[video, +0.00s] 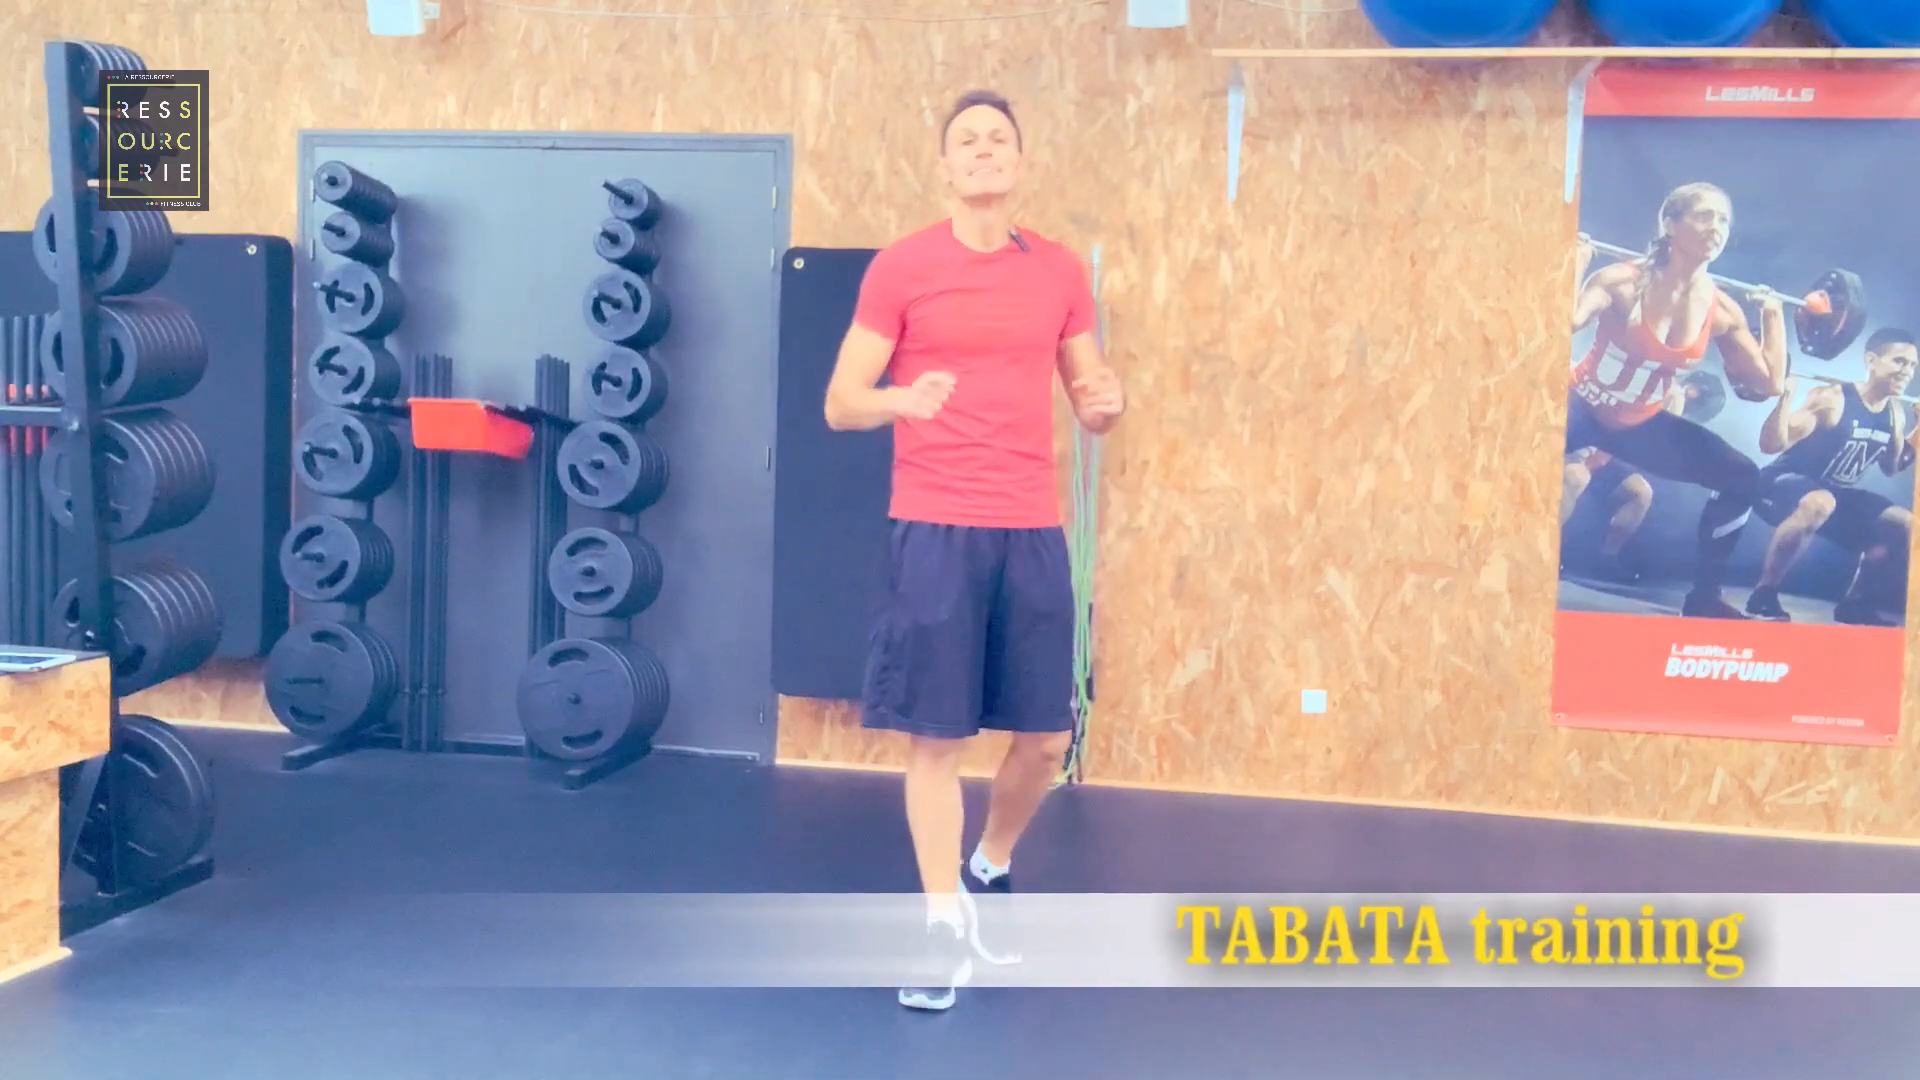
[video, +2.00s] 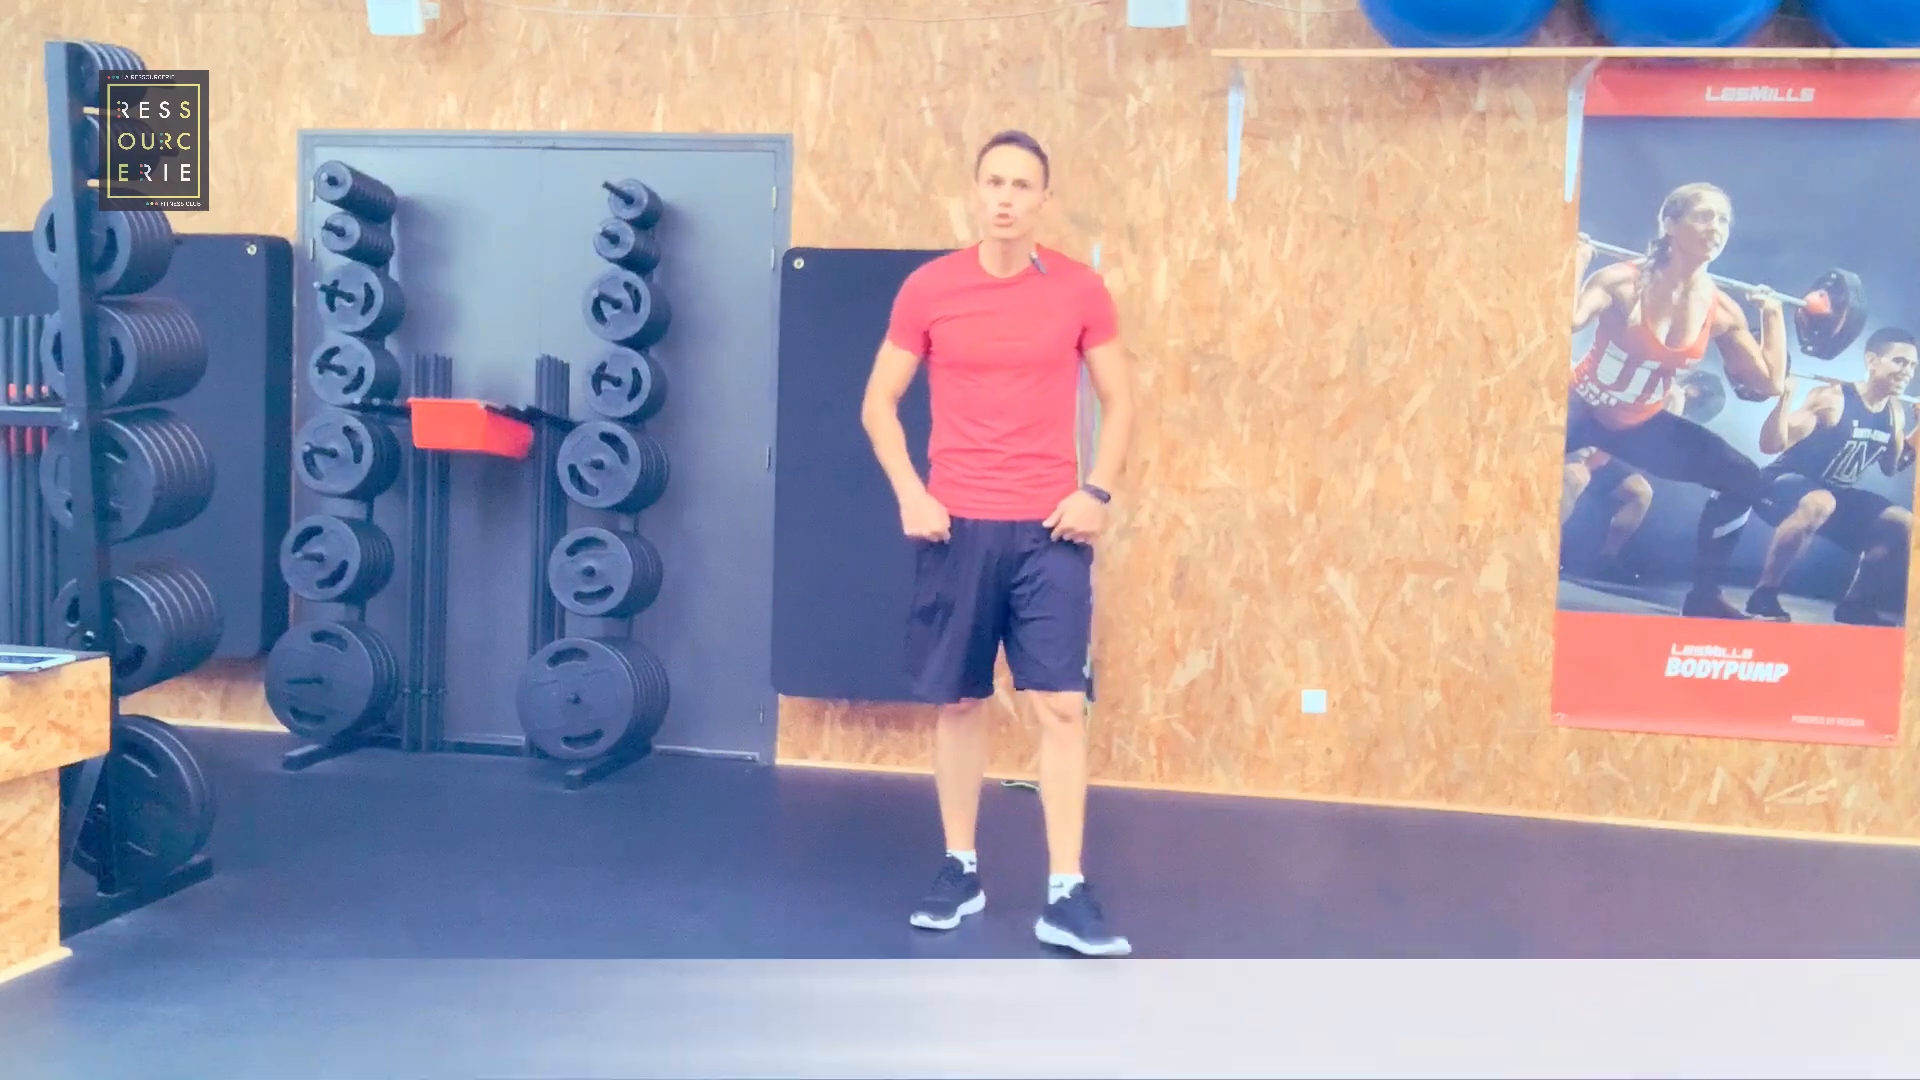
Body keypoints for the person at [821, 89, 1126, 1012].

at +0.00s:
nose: (984, 154)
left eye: (999, 142)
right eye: (968, 142)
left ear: (1024, 163)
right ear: (942, 164)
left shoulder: (1060, 270)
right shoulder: (900, 267)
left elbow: (1088, 398)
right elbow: (841, 405)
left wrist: (1100, 401)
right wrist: (897, 399)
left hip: (1034, 525)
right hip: (935, 525)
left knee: (1046, 732)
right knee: (938, 732)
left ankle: (987, 865)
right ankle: (943, 928)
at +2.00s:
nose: (1006, 197)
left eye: (1022, 185)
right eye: (995, 182)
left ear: (1045, 200)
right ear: (972, 193)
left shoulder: (1078, 289)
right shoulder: (930, 287)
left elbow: (1119, 400)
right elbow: (878, 406)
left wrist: (1097, 492)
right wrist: (910, 493)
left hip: (1052, 526)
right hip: (957, 527)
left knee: (1062, 704)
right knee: (960, 702)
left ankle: (1067, 893)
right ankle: (958, 872)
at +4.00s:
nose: (1025, 187)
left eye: (1041, 176)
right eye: (1014, 173)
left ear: (1065, 196)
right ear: (994, 191)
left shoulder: (1093, 293)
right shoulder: (949, 286)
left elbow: (1127, 411)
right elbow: (910, 409)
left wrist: (1106, 513)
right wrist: (929, 515)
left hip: (1061, 529)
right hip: (967, 526)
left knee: (1058, 699)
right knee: (964, 696)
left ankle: (1047, 845)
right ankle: (962, 866)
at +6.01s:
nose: (1021, 160)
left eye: (1038, 146)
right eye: (1007, 147)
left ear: (1066, 161)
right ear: (983, 164)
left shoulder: (1100, 271)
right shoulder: (937, 267)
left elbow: (1129, 402)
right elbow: (893, 404)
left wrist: (1122, 428)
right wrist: (904, 526)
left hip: (1071, 532)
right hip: (966, 532)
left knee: (1081, 732)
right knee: (962, 736)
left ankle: (1074, 899)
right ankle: (965, 930)